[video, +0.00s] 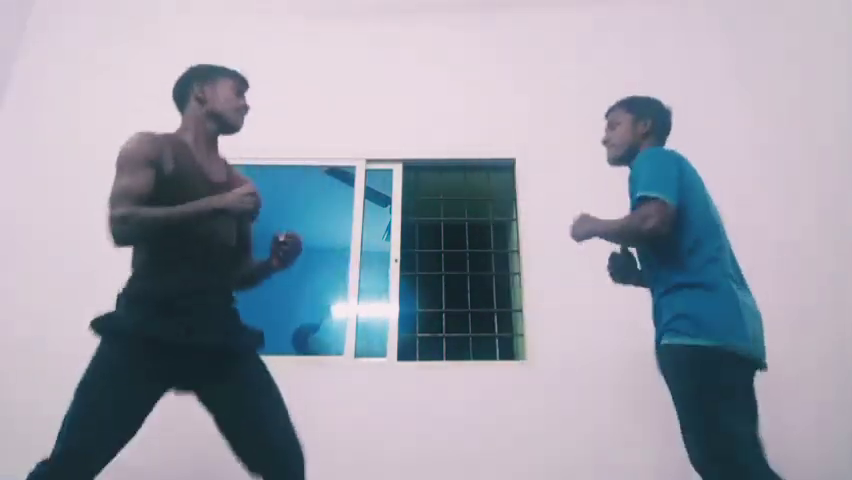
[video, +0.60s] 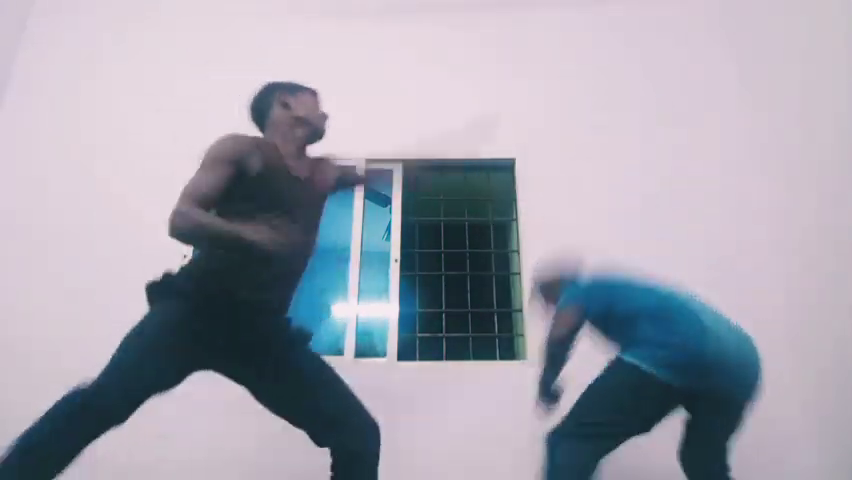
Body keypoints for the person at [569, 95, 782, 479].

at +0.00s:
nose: (604, 135)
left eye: (613, 125)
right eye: (606, 127)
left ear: (644, 127)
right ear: (646, 131)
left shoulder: (654, 160)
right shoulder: (677, 173)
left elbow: (654, 220)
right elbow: (692, 268)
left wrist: (597, 226)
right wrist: (638, 274)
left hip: (696, 329)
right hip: (726, 331)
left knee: (716, 459)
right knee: (740, 459)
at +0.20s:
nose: (586, 122)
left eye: (594, 113)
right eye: (587, 115)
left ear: (624, 114)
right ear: (627, 119)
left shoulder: (632, 142)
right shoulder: (662, 159)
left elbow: (644, 196)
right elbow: (679, 238)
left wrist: (599, 215)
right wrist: (631, 252)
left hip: (667, 301)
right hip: (704, 306)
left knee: (677, 414)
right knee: (706, 421)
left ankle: (722, 471)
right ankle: (726, 472)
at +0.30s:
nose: (584, 136)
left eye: (591, 126)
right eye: (584, 128)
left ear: (620, 128)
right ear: (626, 132)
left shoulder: (627, 157)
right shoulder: (657, 171)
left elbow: (640, 213)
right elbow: (674, 253)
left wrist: (594, 234)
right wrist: (624, 272)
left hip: (658, 313)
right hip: (697, 319)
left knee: (659, 425)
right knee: (691, 431)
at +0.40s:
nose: (578, 177)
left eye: (584, 167)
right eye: (578, 169)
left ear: (612, 167)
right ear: (617, 170)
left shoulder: (624, 199)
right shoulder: (659, 214)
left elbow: (633, 264)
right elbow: (671, 297)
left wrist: (582, 291)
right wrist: (622, 328)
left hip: (656, 343)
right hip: (702, 353)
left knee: (616, 452)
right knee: (681, 464)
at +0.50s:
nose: (563, 209)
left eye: (567, 199)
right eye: (562, 202)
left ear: (593, 196)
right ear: (603, 199)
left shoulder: (604, 220)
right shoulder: (648, 235)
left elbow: (617, 280)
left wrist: (574, 322)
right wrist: (621, 349)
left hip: (660, 338)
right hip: (713, 347)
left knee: (596, 448)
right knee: (689, 464)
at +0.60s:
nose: (550, 306)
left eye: (549, 298)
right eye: (546, 300)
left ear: (556, 288)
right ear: (572, 275)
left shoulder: (581, 288)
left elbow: (560, 334)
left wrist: (546, 385)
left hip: (670, 354)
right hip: (738, 363)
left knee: (572, 442)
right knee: (703, 456)